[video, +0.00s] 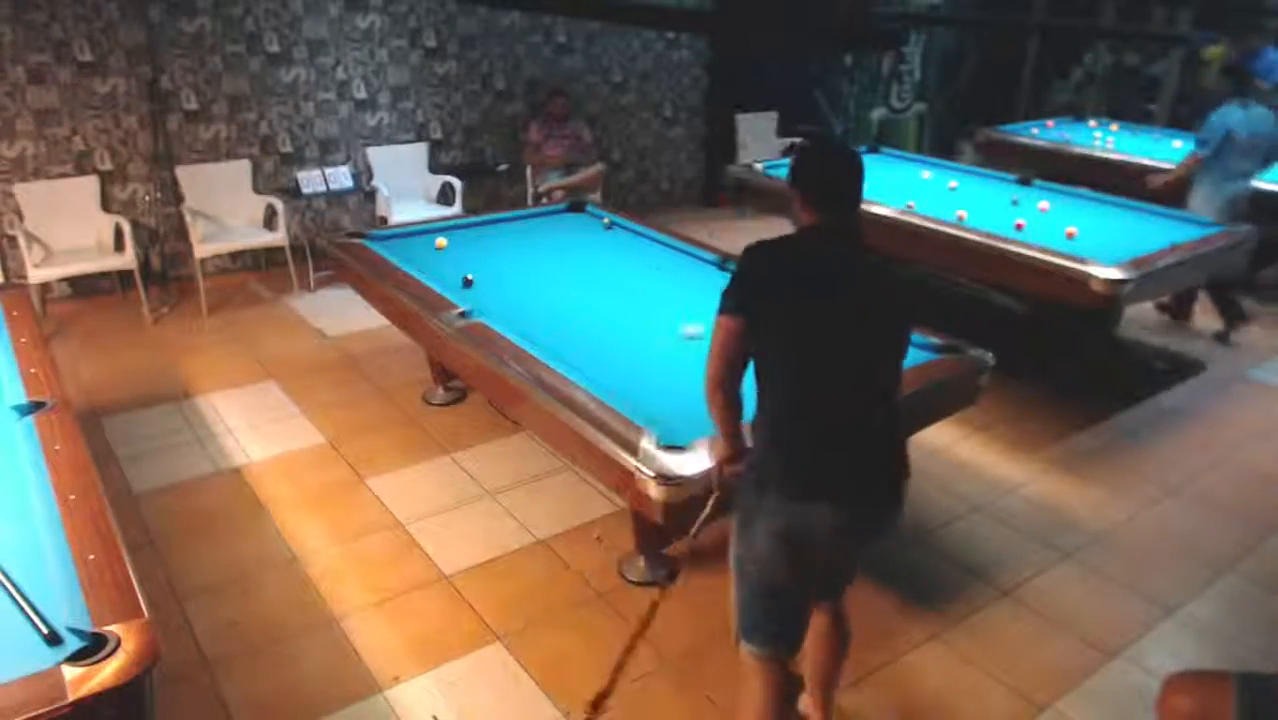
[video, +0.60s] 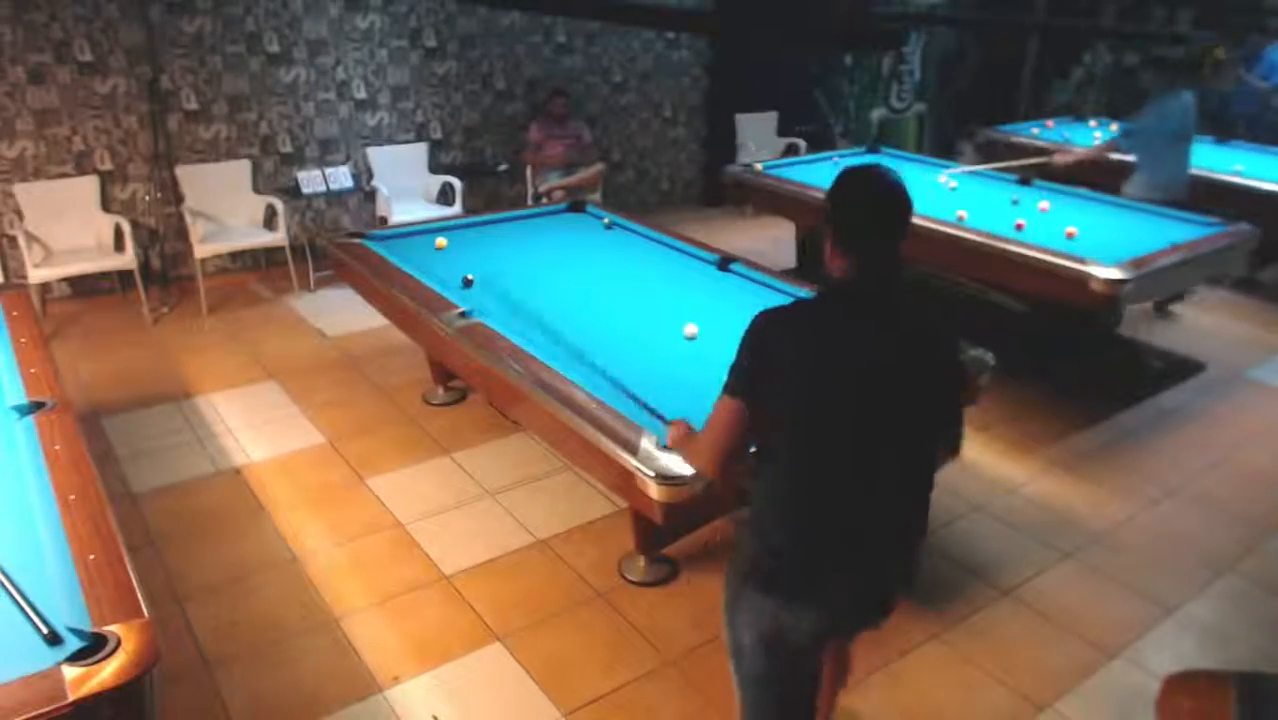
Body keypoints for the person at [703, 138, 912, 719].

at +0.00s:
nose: (793, 199)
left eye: (794, 190)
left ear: (796, 198)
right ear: (859, 197)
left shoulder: (763, 264)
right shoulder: (887, 275)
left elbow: (721, 375)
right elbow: (890, 385)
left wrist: (730, 447)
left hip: (783, 479)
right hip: (867, 478)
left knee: (767, 651)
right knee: (828, 600)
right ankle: (818, 706)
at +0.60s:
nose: (825, 240)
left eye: (826, 229)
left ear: (830, 238)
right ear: (903, 240)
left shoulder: (780, 329)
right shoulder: (931, 333)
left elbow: (712, 458)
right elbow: (945, 448)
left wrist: (685, 441)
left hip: (785, 567)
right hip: (880, 561)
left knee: (771, 704)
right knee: (833, 641)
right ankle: (821, 708)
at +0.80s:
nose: (829, 255)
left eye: (830, 245)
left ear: (834, 260)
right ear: (912, 263)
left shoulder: (778, 365)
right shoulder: (952, 376)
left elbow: (682, 491)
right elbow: (998, 490)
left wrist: (646, 456)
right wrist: (935, 491)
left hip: (773, 610)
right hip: (880, 610)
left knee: (766, 708)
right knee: (842, 674)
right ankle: (837, 698)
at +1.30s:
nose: (863, 284)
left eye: (866, 273)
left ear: (872, 287)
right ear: (961, 293)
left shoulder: (801, 385)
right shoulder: (1001, 427)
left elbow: (687, 496)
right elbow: (982, 549)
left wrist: (649, 451)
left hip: (777, 647)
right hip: (892, 651)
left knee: (771, 710)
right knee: (860, 691)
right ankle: (857, 705)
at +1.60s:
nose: (862, 285)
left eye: (863, 273)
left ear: (869, 286)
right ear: (959, 292)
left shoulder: (795, 377)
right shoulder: (991, 402)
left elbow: (653, 436)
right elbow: (1063, 533)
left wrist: (614, 379)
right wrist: (964, 514)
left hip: (774, 640)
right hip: (893, 647)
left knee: (778, 707)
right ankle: (852, 704)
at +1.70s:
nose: (861, 277)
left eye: (864, 265)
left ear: (868, 279)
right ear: (955, 286)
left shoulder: (794, 369)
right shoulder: (993, 403)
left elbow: (652, 410)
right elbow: (1054, 540)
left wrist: (604, 348)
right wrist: (981, 573)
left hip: (774, 632)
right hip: (889, 639)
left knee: (777, 707)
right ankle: (848, 703)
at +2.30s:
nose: (866, 252)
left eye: (870, 243)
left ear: (874, 253)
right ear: (951, 258)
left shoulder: (811, 328)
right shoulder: (988, 356)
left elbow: (684, 356)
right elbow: (1084, 503)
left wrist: (644, 297)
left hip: (782, 558)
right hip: (885, 574)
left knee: (746, 661)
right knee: (846, 670)